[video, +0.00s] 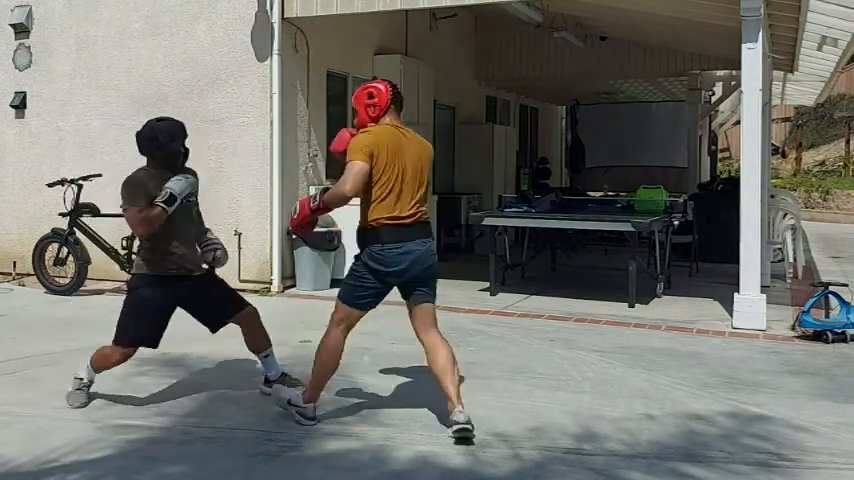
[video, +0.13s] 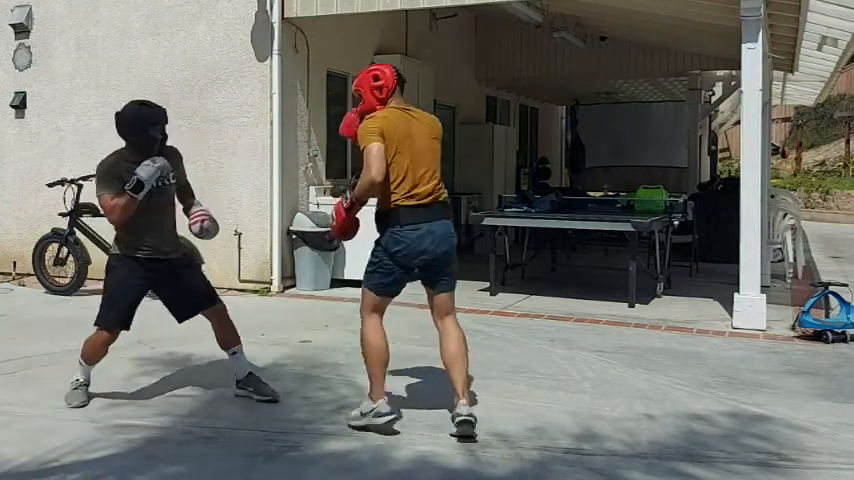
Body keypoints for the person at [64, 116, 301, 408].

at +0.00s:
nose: (186, 149)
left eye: (184, 143)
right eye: (179, 144)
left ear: (174, 148)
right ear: (160, 148)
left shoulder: (188, 178)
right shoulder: (136, 183)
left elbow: (195, 223)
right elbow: (142, 227)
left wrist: (211, 242)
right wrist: (169, 199)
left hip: (194, 276)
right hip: (153, 279)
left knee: (248, 316)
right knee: (122, 350)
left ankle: (274, 375)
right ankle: (84, 376)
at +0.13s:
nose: (164, 134)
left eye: (163, 127)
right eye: (157, 129)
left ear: (160, 129)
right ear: (137, 134)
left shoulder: (170, 156)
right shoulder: (110, 168)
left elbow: (187, 198)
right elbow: (115, 216)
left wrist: (199, 216)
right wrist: (138, 183)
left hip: (173, 257)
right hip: (130, 260)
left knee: (217, 311)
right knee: (107, 332)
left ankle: (244, 374)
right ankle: (81, 378)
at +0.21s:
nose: (162, 127)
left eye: (163, 121)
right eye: (156, 122)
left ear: (160, 122)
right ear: (135, 125)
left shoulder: (168, 149)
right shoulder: (110, 159)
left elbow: (185, 190)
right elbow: (114, 208)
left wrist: (198, 208)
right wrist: (138, 176)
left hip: (170, 250)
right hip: (128, 253)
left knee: (209, 306)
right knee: (106, 325)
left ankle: (222, 377)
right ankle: (80, 379)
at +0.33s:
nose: (170, 123)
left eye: (171, 117)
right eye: (164, 118)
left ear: (168, 117)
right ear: (144, 119)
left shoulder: (172, 144)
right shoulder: (115, 152)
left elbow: (188, 182)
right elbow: (121, 204)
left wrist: (200, 196)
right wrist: (147, 170)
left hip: (164, 245)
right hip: (123, 245)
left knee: (199, 303)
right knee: (104, 319)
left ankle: (200, 379)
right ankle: (80, 379)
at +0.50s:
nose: (189, 126)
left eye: (189, 120)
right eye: (183, 120)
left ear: (182, 122)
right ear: (163, 121)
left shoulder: (183, 153)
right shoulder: (129, 151)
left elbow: (194, 194)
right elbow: (135, 202)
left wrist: (214, 198)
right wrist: (161, 170)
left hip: (164, 247)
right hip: (125, 244)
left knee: (199, 305)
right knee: (104, 319)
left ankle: (200, 381)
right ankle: (80, 378)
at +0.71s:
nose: (185, 123)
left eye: (186, 118)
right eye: (179, 117)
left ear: (182, 122)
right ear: (159, 118)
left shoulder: (182, 153)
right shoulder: (125, 145)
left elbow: (198, 200)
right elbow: (136, 194)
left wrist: (209, 174)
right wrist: (156, 158)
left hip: (163, 246)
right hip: (121, 243)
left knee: (194, 305)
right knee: (101, 316)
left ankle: (200, 381)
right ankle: (80, 380)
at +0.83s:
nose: (177, 125)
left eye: (178, 120)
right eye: (173, 120)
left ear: (170, 123)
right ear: (153, 122)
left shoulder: (174, 150)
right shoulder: (117, 149)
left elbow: (187, 200)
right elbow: (140, 191)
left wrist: (196, 183)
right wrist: (155, 155)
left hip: (162, 247)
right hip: (119, 245)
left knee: (195, 306)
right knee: (96, 320)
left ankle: (203, 377)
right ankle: (80, 379)